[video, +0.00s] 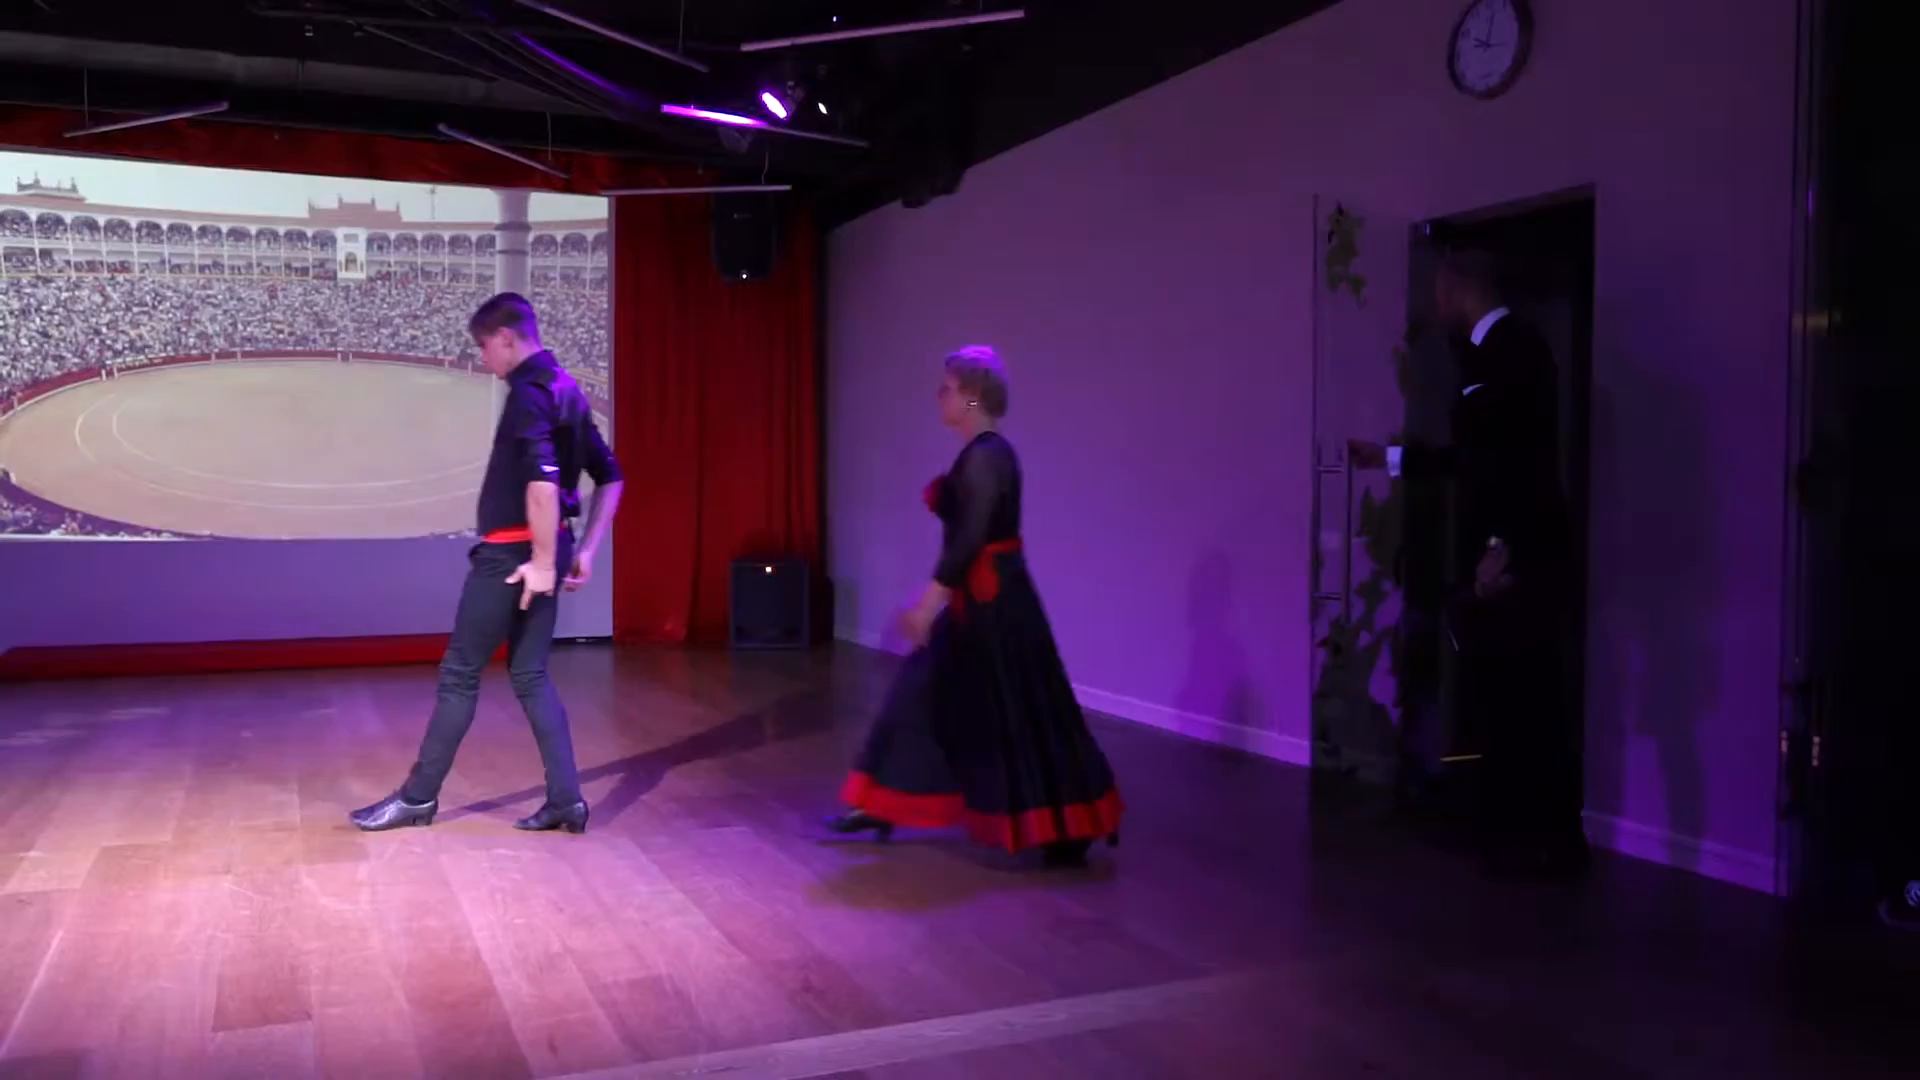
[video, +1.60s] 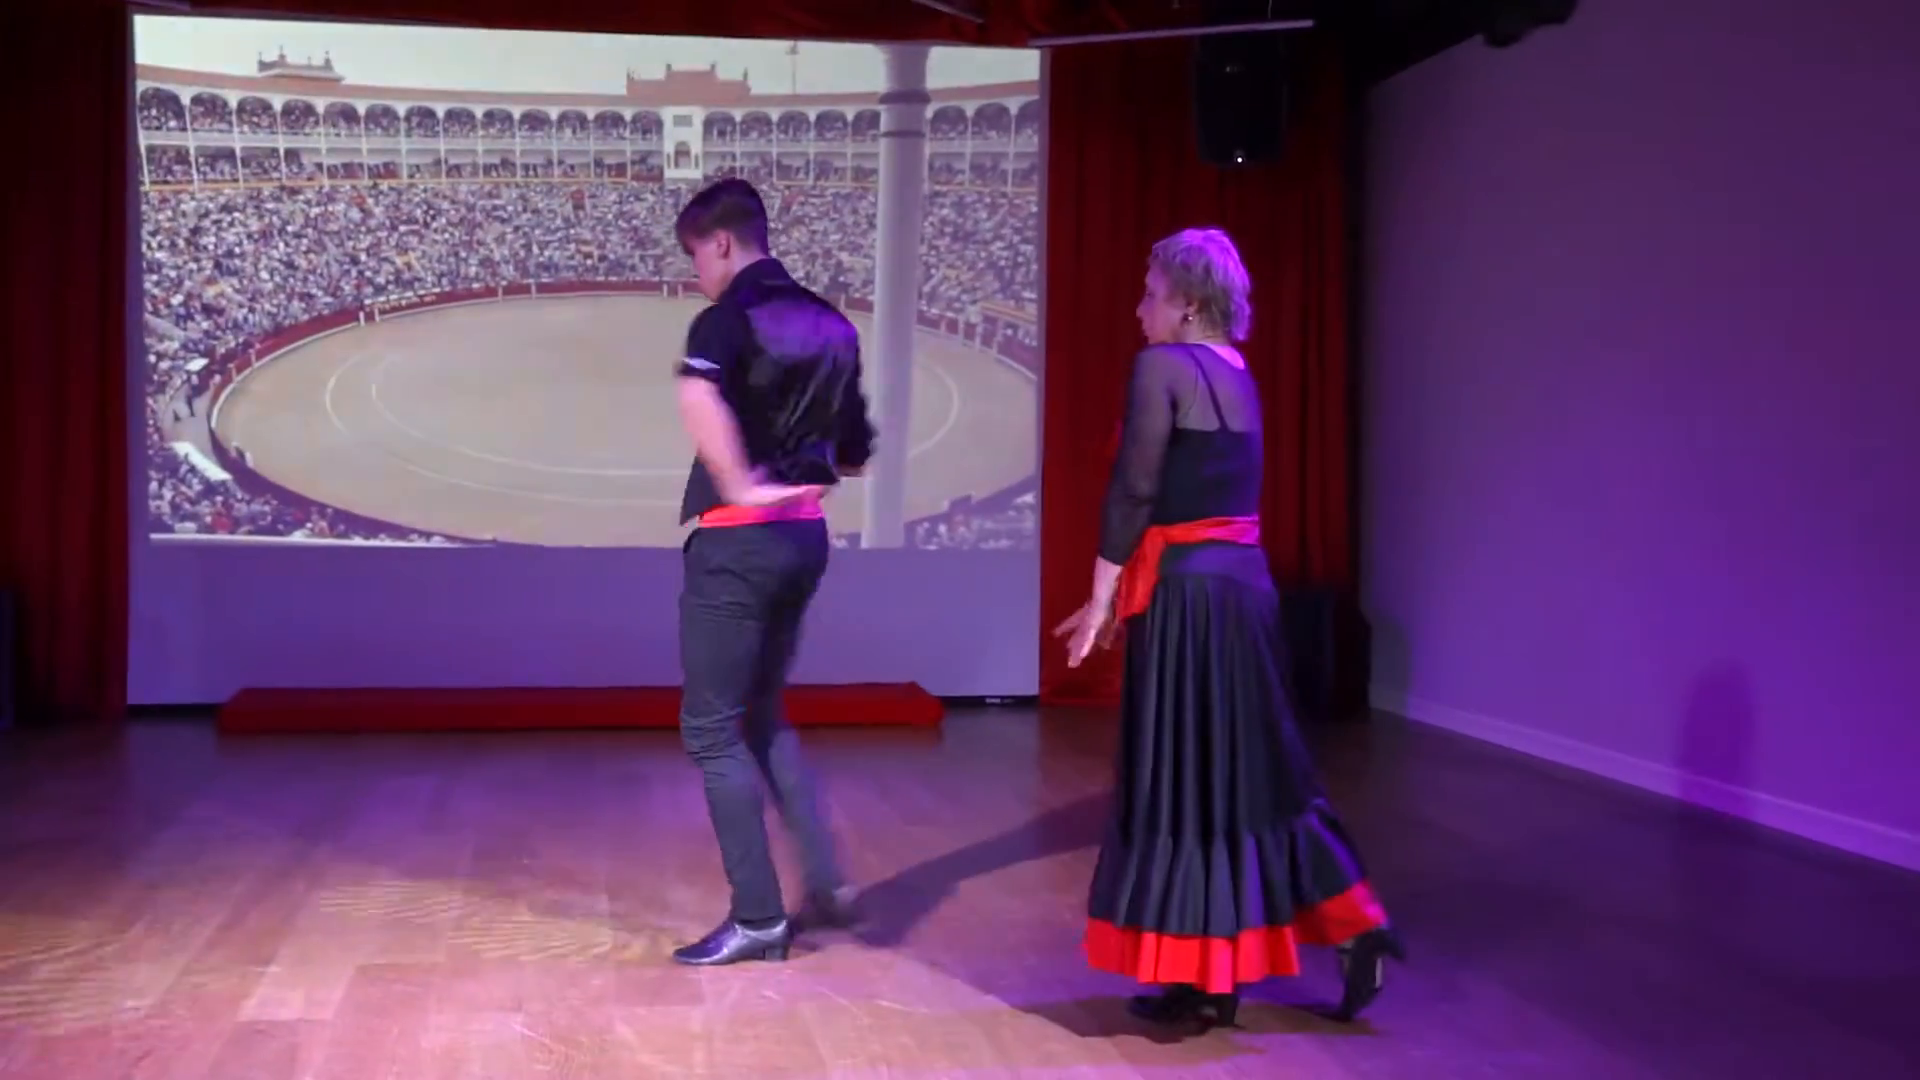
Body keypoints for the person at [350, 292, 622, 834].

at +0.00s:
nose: (482, 359)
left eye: (484, 346)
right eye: (480, 348)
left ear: (510, 337)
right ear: (520, 337)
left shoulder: (528, 393)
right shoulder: (566, 390)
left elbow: (543, 480)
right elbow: (610, 477)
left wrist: (544, 562)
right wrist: (587, 549)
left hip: (504, 557)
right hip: (545, 556)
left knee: (458, 676)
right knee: (530, 677)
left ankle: (417, 797)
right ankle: (566, 800)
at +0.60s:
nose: (495, 342)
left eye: (497, 330)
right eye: (493, 331)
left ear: (521, 320)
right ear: (539, 320)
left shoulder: (532, 375)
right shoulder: (581, 375)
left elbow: (547, 461)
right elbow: (637, 437)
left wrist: (568, 541)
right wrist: (647, 511)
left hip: (524, 540)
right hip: (569, 537)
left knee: (521, 677)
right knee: (598, 668)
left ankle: (518, 807)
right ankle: (657, 790)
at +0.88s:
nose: (555, 320)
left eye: (556, 307)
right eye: (552, 308)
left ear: (580, 295)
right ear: (598, 293)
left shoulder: (598, 355)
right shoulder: (643, 344)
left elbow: (619, 451)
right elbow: (682, 409)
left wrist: (651, 527)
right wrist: (694, 465)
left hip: (601, 543)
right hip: (642, 538)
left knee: (599, 696)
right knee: (680, 684)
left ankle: (595, 841)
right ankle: (746, 821)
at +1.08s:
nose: (607, 299)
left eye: (607, 284)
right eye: (603, 285)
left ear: (634, 271)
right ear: (653, 269)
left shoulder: (656, 338)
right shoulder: (705, 328)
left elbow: (686, 447)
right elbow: (706, 438)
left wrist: (727, 519)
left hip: (665, 545)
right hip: (706, 538)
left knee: (658, 715)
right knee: (753, 700)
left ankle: (654, 875)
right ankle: (821, 854)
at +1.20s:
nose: (647, 286)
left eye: (648, 271)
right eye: (644, 272)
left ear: (675, 260)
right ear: (694, 257)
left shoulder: (697, 330)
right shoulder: (739, 314)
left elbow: (731, 443)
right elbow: (703, 383)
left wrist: (777, 501)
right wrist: (649, 400)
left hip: (717, 549)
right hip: (760, 541)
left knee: (695, 722)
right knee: (805, 707)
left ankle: (697, 892)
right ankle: (872, 871)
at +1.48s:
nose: (701, 271)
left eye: (705, 255)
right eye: (698, 256)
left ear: (738, 247)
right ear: (761, 244)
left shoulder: (757, 319)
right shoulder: (797, 313)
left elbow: (797, 443)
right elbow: (709, 440)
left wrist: (837, 462)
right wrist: (680, 388)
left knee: (699, 728)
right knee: (857, 720)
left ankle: (757, 914)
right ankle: (921, 892)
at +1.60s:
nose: (694, 274)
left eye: (695, 257)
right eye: (691, 259)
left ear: (725, 244)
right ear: (757, 244)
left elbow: (700, 398)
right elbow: (854, 450)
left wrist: (740, 487)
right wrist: (792, 448)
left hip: (734, 548)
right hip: (802, 541)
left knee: (713, 733)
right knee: (765, 719)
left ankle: (757, 920)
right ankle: (827, 886)